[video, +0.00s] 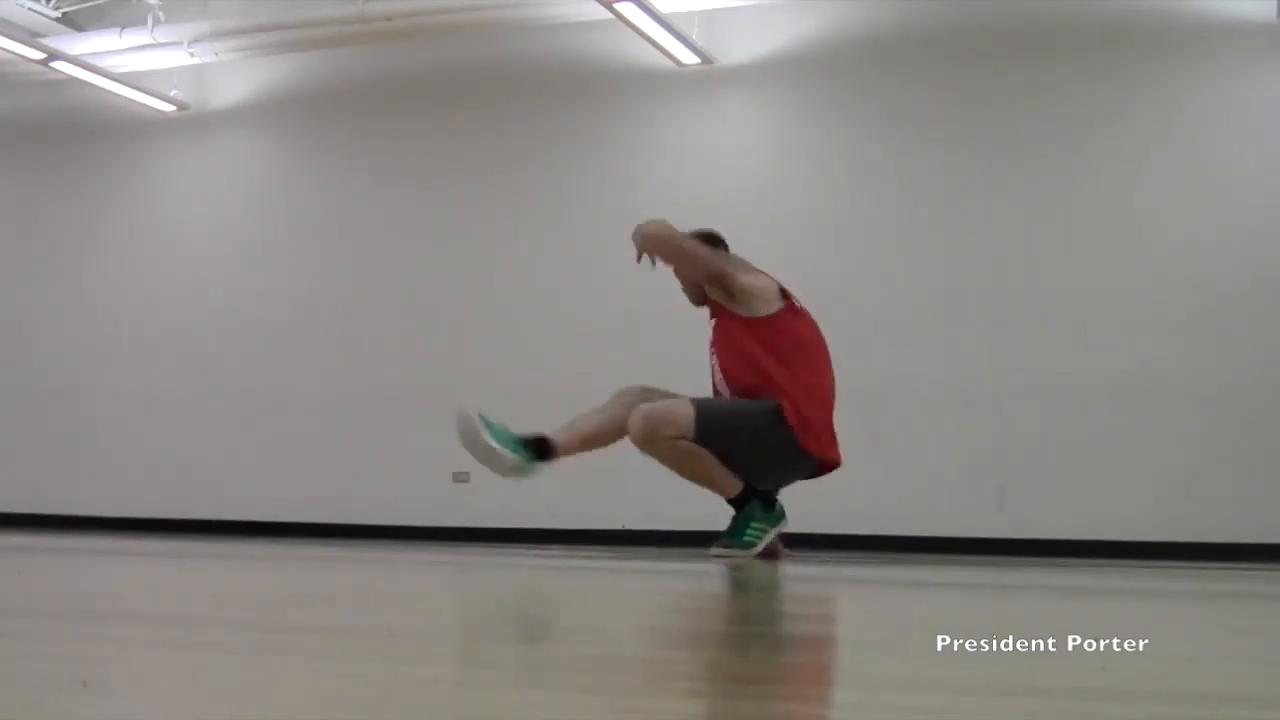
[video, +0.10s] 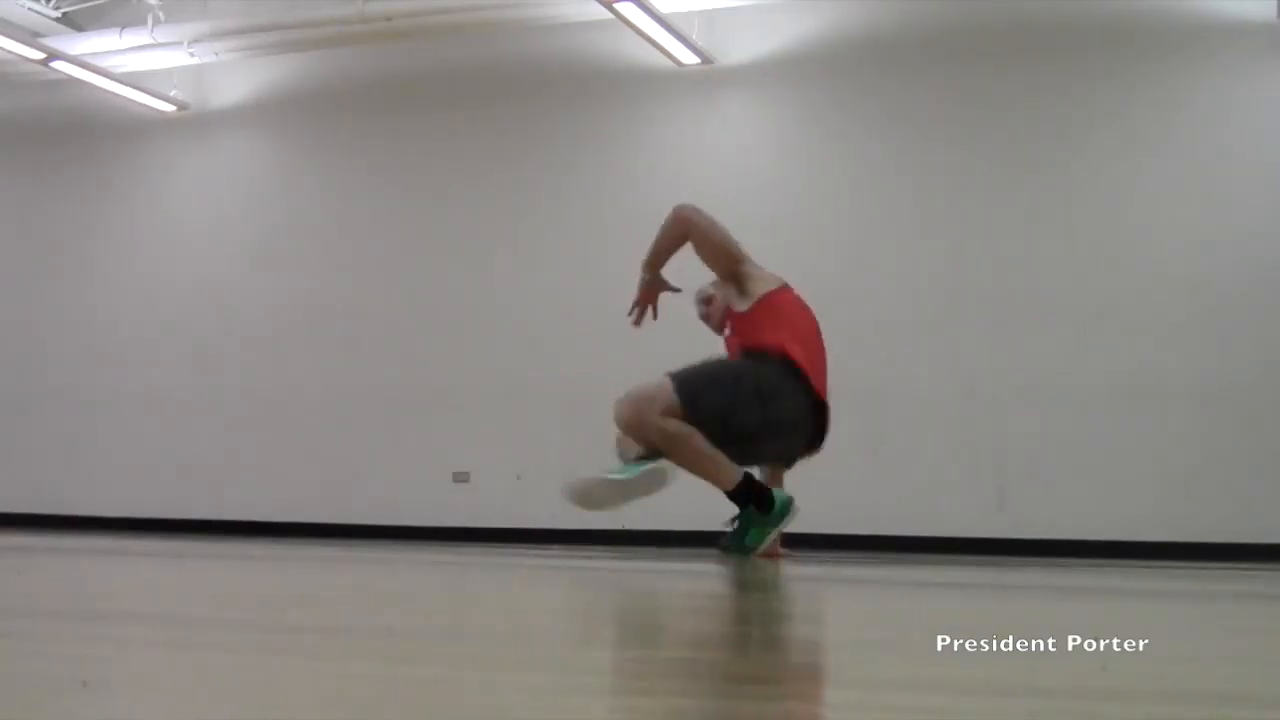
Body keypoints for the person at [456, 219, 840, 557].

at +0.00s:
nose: (681, 287)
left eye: (681, 276)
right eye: (677, 278)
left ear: (702, 264)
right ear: (705, 267)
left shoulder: (747, 287)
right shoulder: (729, 316)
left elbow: (659, 233)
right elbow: (735, 404)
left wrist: (643, 238)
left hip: (789, 435)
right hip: (763, 434)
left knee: (649, 425)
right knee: (635, 401)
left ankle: (754, 506)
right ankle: (535, 450)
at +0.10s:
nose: (706, 314)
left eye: (707, 302)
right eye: (701, 315)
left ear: (721, 286)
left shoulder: (744, 277)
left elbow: (685, 217)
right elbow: (775, 442)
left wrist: (651, 272)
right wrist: (769, 533)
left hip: (776, 387)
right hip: (796, 434)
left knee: (636, 410)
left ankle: (758, 504)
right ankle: (639, 460)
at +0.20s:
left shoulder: (761, 276)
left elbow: (706, 209)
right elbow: (781, 466)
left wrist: (658, 268)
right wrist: (772, 542)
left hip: (751, 332)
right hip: (796, 384)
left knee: (629, 425)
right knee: (718, 470)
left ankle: (730, 427)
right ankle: (690, 488)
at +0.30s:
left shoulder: (757, 286)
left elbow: (696, 233)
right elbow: (789, 451)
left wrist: (652, 292)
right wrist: (775, 539)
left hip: (734, 335)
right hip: (795, 358)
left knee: (697, 466)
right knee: (753, 512)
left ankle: (654, 374)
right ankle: (673, 487)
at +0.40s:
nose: (721, 332)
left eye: (721, 323)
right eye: (720, 329)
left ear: (736, 306)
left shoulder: (748, 293)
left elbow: (660, 273)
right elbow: (793, 453)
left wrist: (637, 339)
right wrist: (775, 541)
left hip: (750, 344)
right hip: (808, 362)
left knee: (726, 479)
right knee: (763, 512)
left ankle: (650, 411)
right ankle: (664, 491)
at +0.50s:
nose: (721, 347)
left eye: (719, 340)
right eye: (719, 345)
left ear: (728, 320)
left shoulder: (740, 301)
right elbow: (789, 460)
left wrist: (651, 377)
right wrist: (774, 542)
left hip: (778, 344)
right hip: (836, 382)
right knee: (737, 488)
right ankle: (684, 489)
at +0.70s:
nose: (692, 345)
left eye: (691, 332)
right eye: (689, 338)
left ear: (708, 312)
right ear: (712, 326)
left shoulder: (734, 302)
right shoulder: (763, 355)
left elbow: (650, 388)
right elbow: (778, 457)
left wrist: (683, 336)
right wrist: (771, 545)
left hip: (842, 400)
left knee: (722, 424)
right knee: (691, 432)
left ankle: (827, 505)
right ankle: (620, 519)